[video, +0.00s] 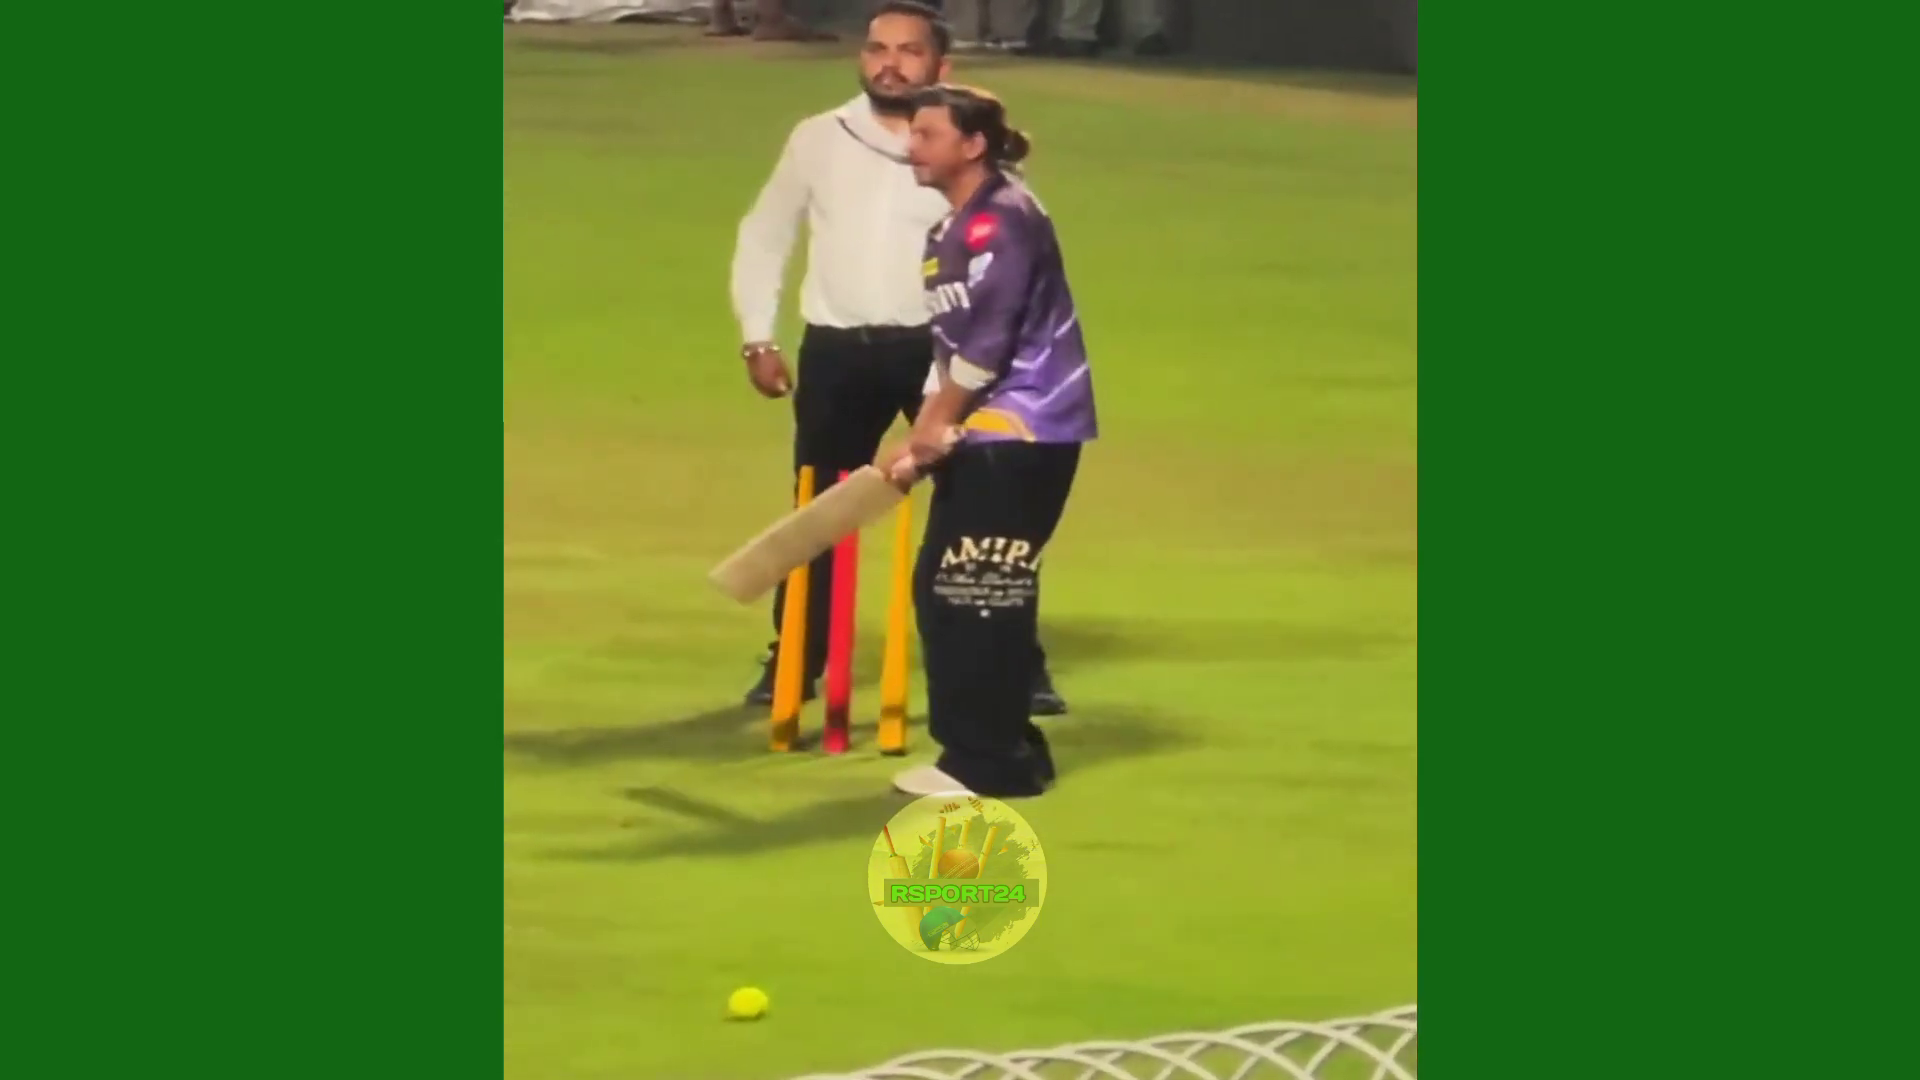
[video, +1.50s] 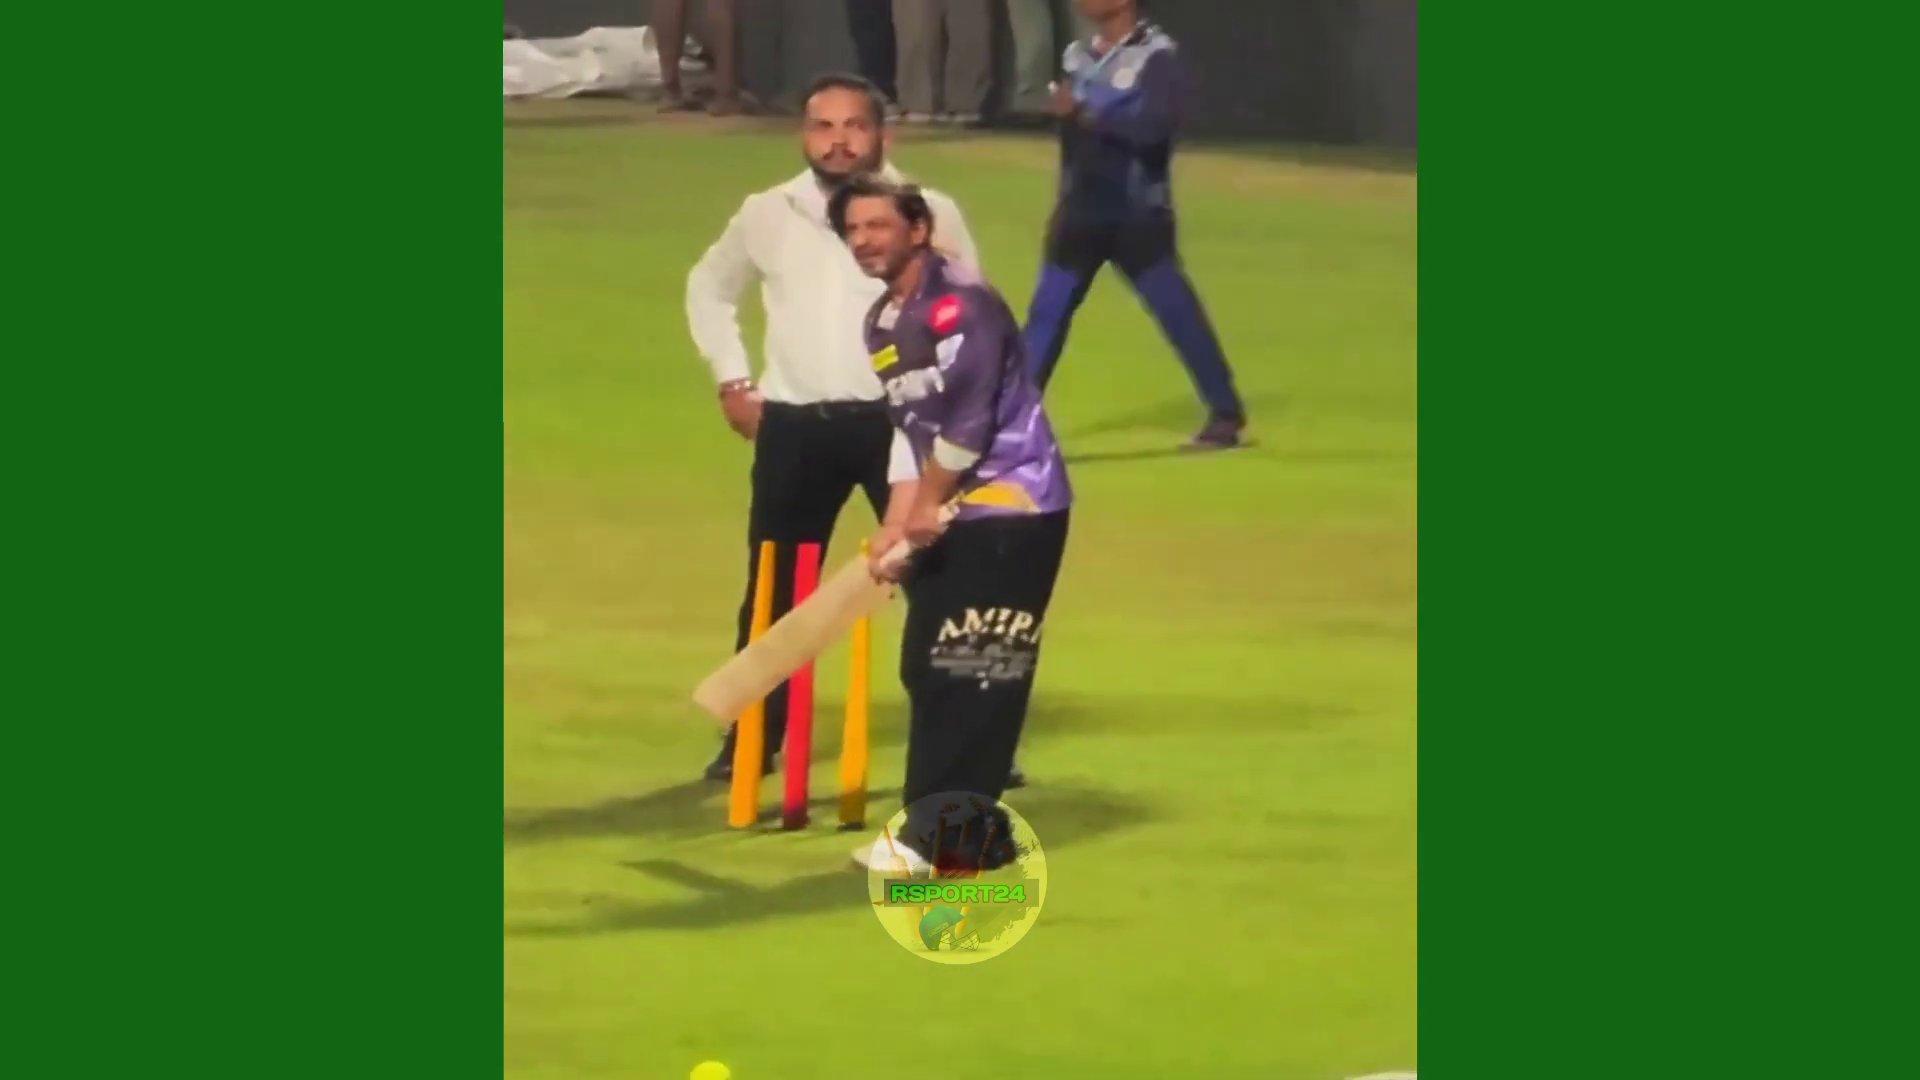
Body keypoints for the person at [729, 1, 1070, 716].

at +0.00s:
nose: (888, 63)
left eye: (906, 51)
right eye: (877, 49)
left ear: (938, 64)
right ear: (861, 56)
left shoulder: (960, 143)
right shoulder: (818, 139)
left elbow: (1000, 260)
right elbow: (764, 235)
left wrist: (975, 372)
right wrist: (758, 336)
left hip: (936, 352)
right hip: (837, 352)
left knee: (981, 519)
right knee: (819, 521)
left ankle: (1021, 669)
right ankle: (794, 666)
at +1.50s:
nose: (837, 139)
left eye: (853, 126)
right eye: (822, 126)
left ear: (880, 135)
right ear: (804, 135)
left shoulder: (927, 212)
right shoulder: (765, 216)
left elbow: (973, 324)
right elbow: (708, 290)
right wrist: (733, 383)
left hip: (900, 430)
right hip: (794, 429)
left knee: (945, 603)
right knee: (772, 598)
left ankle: (974, 755)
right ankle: (752, 747)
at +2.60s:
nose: (768, 165)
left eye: (785, 151)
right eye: (752, 151)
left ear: (813, 156)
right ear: (735, 158)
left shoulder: (864, 238)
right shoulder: (698, 238)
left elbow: (906, 340)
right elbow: (656, 325)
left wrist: (851, 416)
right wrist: (670, 386)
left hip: (839, 456)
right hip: (729, 456)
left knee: (881, 621)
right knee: (699, 614)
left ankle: (914, 775)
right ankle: (679, 761)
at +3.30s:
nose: (736, 121)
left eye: (752, 107)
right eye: (721, 108)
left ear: (780, 116)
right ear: (701, 116)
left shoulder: (832, 198)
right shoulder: (664, 202)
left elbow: (864, 312)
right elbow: (633, 316)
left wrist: (839, 410)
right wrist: (610, 422)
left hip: (802, 408)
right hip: (694, 412)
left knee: (846, 574)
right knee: (666, 573)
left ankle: (886, 722)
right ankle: (656, 719)